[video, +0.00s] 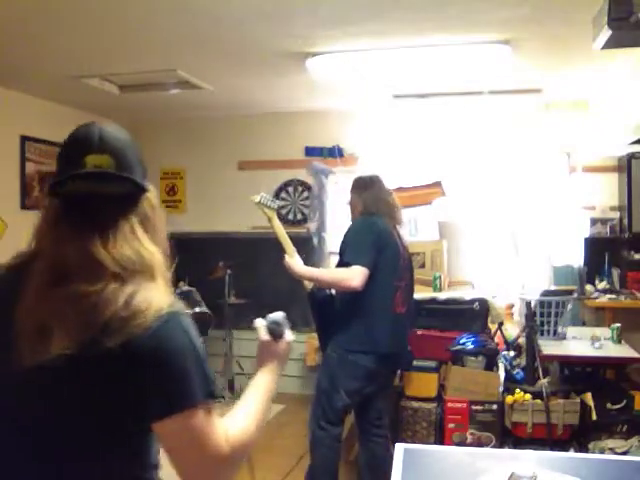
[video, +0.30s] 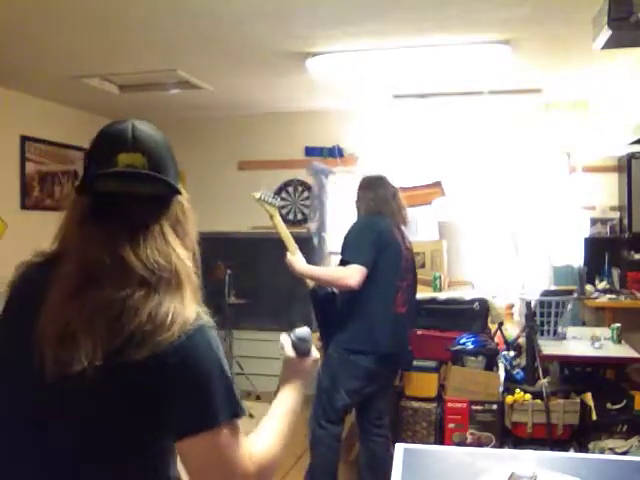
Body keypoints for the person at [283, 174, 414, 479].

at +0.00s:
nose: (349, 205)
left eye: (351, 200)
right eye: (350, 200)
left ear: (359, 200)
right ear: (384, 199)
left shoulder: (365, 228)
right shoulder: (394, 235)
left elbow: (354, 278)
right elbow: (389, 293)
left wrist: (302, 270)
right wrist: (323, 282)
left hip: (356, 348)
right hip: (386, 349)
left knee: (325, 423)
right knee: (375, 429)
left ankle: (321, 475)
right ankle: (377, 476)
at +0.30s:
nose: (356, 202)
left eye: (358, 197)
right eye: (357, 197)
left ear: (363, 199)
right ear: (392, 200)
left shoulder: (368, 227)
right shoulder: (398, 235)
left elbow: (352, 277)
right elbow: (391, 291)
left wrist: (304, 268)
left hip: (357, 347)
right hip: (389, 348)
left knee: (326, 423)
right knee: (376, 428)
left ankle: (321, 475)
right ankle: (376, 476)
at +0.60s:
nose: (361, 202)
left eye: (363, 197)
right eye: (362, 197)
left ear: (368, 198)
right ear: (396, 199)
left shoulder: (371, 227)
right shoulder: (404, 236)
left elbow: (352, 277)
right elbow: (395, 290)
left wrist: (306, 268)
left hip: (358, 345)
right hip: (391, 347)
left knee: (326, 422)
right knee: (376, 428)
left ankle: (321, 474)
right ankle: (377, 476)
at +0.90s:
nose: (363, 201)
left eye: (365, 196)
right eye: (365, 195)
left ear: (370, 198)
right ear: (399, 199)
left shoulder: (369, 228)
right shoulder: (408, 237)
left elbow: (348, 280)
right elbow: (393, 291)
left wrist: (306, 270)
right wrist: (327, 278)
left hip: (356, 346)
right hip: (392, 348)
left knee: (325, 424)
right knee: (376, 431)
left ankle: (321, 474)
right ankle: (376, 476)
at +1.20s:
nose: (357, 204)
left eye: (359, 199)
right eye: (358, 198)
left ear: (366, 200)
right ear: (392, 200)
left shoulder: (363, 230)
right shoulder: (405, 240)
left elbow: (341, 282)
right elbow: (398, 293)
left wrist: (302, 272)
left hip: (352, 347)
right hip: (387, 349)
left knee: (321, 425)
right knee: (371, 429)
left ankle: (319, 474)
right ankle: (377, 476)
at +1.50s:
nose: (338, 203)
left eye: (341, 197)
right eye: (339, 197)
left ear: (349, 200)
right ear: (375, 202)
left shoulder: (347, 234)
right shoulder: (389, 241)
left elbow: (328, 289)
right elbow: (385, 296)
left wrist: (285, 280)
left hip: (339, 352)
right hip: (373, 351)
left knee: (308, 434)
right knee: (362, 425)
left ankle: (299, 474)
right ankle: (378, 473)